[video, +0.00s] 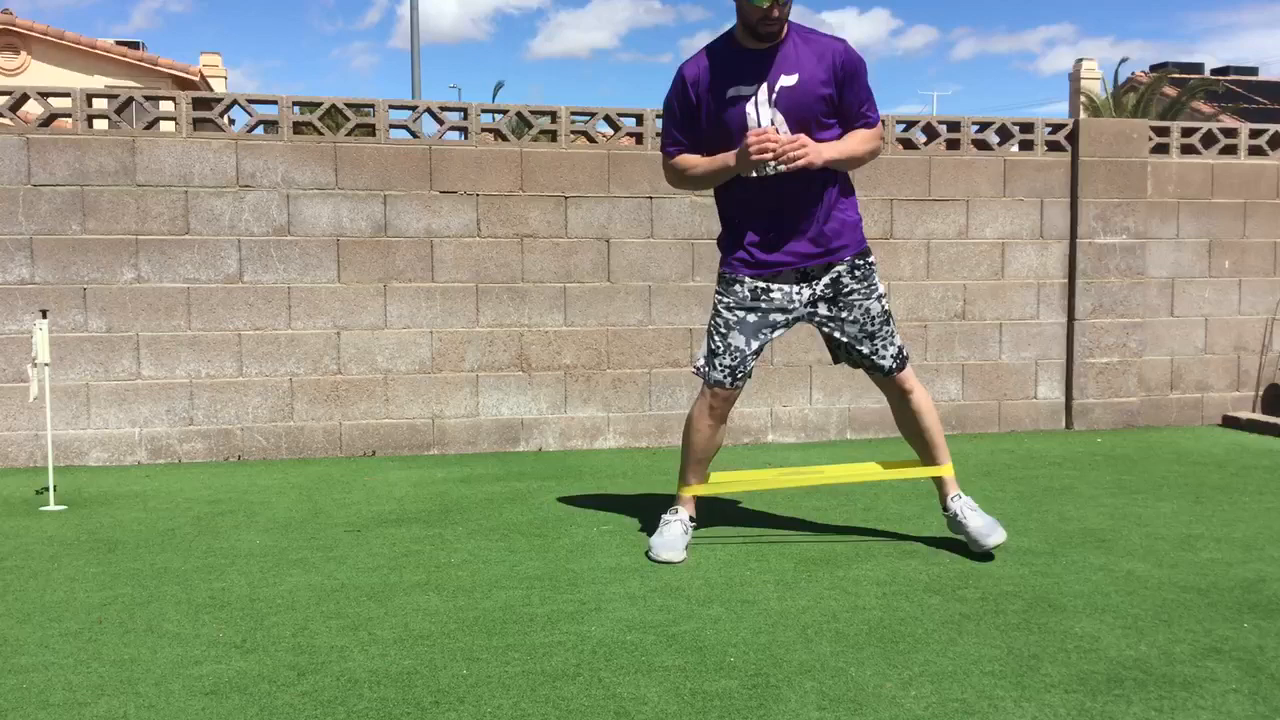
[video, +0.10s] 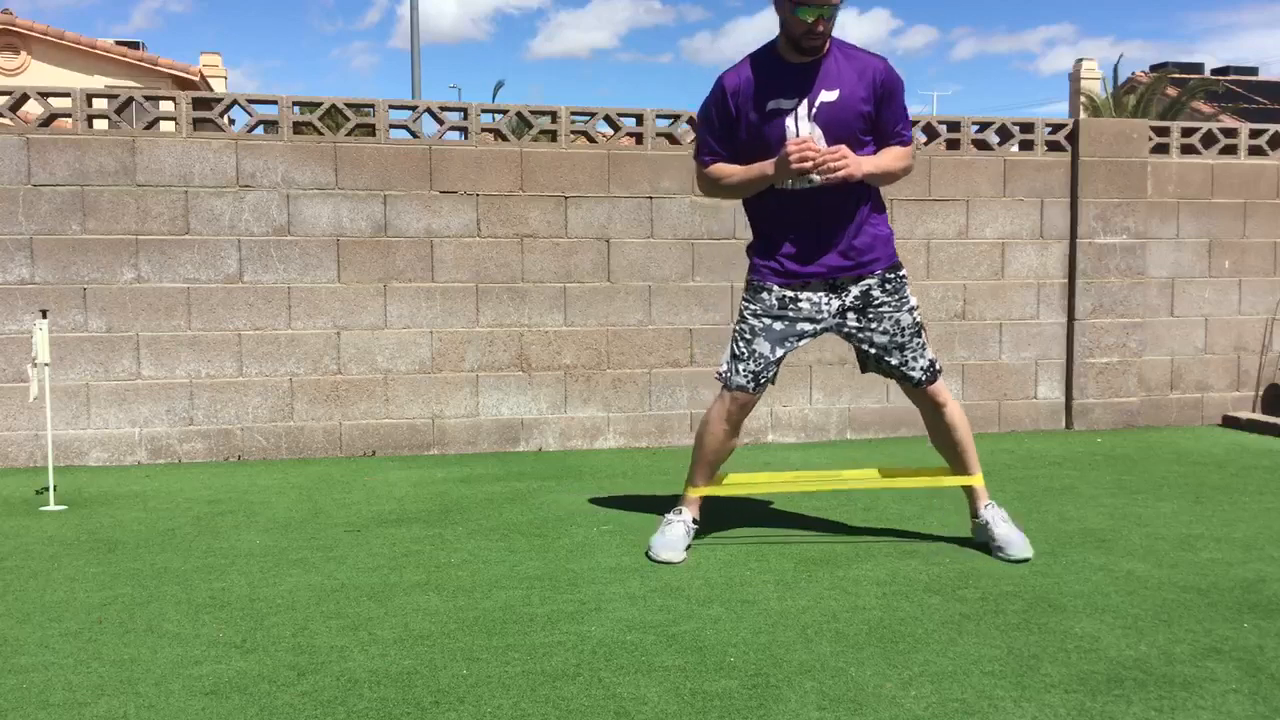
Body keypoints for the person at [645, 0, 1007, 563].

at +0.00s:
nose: (770, 11)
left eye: (779, 2)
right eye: (757, 3)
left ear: (791, 1)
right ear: (735, 3)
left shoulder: (835, 57)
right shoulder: (698, 74)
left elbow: (870, 137)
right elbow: (677, 170)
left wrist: (821, 152)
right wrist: (737, 159)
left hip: (839, 258)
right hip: (753, 265)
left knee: (898, 375)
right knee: (718, 388)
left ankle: (954, 499)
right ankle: (682, 511)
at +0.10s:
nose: (819, 21)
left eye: (829, 10)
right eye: (806, 9)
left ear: (841, 8)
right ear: (779, 7)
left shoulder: (873, 73)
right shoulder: (737, 86)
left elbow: (901, 157)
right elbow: (709, 177)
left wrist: (859, 164)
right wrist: (774, 169)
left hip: (868, 267)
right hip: (781, 273)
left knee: (927, 384)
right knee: (737, 391)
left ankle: (983, 507)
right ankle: (687, 510)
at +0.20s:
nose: (872, 33)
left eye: (884, 21)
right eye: (859, 19)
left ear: (895, 16)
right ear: (832, 12)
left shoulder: (926, 87)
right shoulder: (790, 94)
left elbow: (949, 171)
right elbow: (758, 182)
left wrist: (908, 173)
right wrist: (825, 178)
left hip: (903, 270)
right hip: (816, 275)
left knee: (956, 389)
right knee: (763, 390)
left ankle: (988, 513)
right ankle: (694, 510)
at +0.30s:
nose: (919, 41)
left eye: (932, 29)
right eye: (906, 28)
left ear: (945, 22)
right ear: (883, 18)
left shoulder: (972, 93)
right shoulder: (838, 93)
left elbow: (997, 178)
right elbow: (800, 183)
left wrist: (952, 175)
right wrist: (869, 176)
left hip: (933, 271)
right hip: (846, 271)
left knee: (978, 391)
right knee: (784, 384)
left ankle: (992, 512)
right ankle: (711, 504)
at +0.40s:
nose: (953, 41)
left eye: (967, 30)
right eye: (941, 27)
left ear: (980, 22)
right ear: (917, 16)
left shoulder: (1000, 92)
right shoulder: (869, 86)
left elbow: (1030, 182)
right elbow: (829, 182)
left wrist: (983, 166)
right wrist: (902, 162)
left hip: (953, 264)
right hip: (868, 262)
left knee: (990, 387)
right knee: (817, 374)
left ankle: (993, 512)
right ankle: (756, 497)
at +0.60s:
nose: (981, 33)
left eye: (995, 21)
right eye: (970, 19)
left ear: (1007, 16)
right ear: (945, 8)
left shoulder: (1023, 81)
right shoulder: (894, 74)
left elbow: (1048, 181)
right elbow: (860, 174)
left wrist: (993, 134)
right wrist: (939, 135)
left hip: (973, 253)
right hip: (893, 252)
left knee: (996, 381)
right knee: (864, 369)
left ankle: (995, 511)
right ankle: (845, 500)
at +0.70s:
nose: (979, 28)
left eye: (992, 17)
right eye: (967, 14)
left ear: (1004, 12)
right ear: (942, 5)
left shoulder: (1023, 78)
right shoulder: (891, 73)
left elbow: (1046, 177)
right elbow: (863, 173)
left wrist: (991, 134)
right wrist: (939, 135)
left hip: (977, 253)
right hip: (897, 253)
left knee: (998, 382)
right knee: (876, 373)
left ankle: (995, 511)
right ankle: (861, 505)